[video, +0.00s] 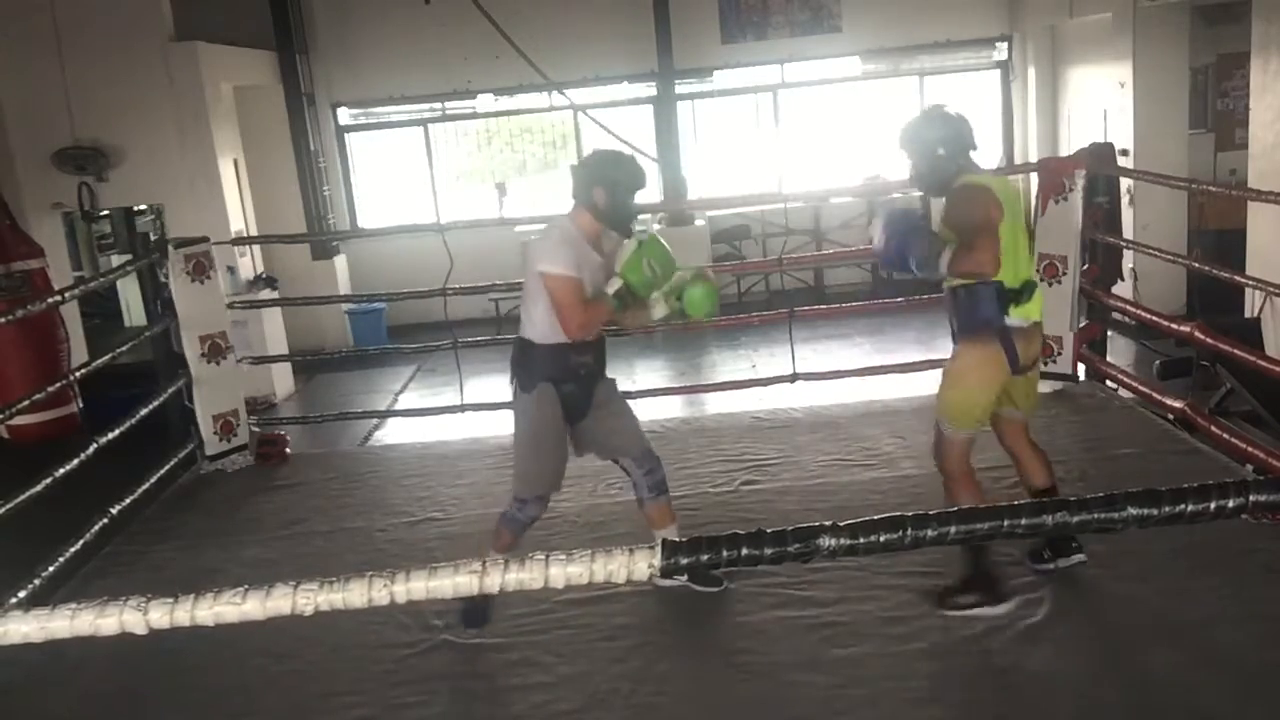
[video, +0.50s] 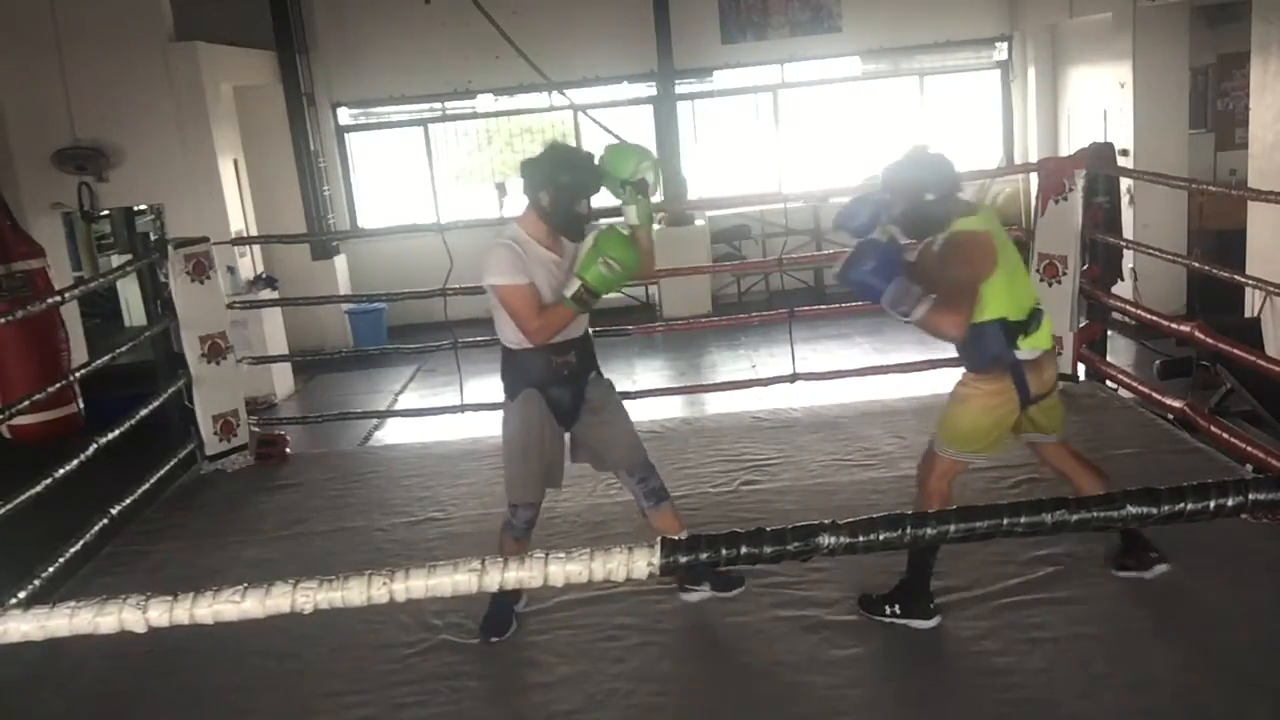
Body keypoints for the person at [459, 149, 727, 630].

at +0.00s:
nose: (634, 205)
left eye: (635, 196)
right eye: (628, 195)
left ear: (606, 196)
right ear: (598, 194)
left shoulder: (612, 246)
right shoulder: (553, 245)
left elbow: (620, 311)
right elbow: (576, 324)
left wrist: (667, 297)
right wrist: (623, 293)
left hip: (587, 374)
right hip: (540, 378)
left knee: (645, 465)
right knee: (534, 494)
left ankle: (674, 560)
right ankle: (485, 581)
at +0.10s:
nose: (629, 197)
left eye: (629, 187)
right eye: (621, 187)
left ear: (602, 190)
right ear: (592, 187)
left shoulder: (613, 244)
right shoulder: (549, 242)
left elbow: (622, 313)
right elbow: (570, 319)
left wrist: (669, 294)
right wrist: (621, 284)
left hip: (590, 372)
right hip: (542, 376)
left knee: (639, 463)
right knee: (536, 491)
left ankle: (673, 560)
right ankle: (500, 574)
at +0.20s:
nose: (614, 200)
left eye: (616, 189)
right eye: (606, 189)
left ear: (590, 189)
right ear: (575, 188)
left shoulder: (600, 242)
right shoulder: (538, 244)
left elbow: (636, 297)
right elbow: (559, 320)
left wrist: (672, 260)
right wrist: (611, 280)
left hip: (591, 375)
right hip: (542, 382)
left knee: (638, 466)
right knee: (535, 495)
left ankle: (673, 560)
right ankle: (509, 587)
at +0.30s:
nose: (599, 207)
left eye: (600, 197)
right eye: (591, 197)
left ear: (568, 198)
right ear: (558, 195)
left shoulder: (581, 246)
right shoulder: (518, 252)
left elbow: (638, 282)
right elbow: (544, 330)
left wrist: (654, 223)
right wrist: (596, 294)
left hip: (583, 383)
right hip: (532, 391)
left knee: (639, 469)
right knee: (527, 506)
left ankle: (673, 559)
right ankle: (508, 592)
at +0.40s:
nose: (587, 211)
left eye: (588, 200)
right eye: (578, 200)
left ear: (560, 200)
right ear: (547, 198)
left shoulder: (568, 245)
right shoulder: (503, 256)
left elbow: (637, 267)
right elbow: (532, 330)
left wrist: (633, 208)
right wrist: (585, 291)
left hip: (581, 380)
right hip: (528, 390)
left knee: (646, 469)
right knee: (523, 509)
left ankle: (673, 560)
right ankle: (507, 592)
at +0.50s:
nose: (589, 208)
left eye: (591, 196)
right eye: (580, 197)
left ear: (569, 197)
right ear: (548, 196)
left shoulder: (575, 243)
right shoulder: (505, 255)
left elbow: (641, 266)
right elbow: (536, 329)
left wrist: (638, 204)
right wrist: (589, 288)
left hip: (585, 379)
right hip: (531, 388)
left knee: (639, 469)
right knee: (523, 507)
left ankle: (689, 566)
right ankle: (507, 593)